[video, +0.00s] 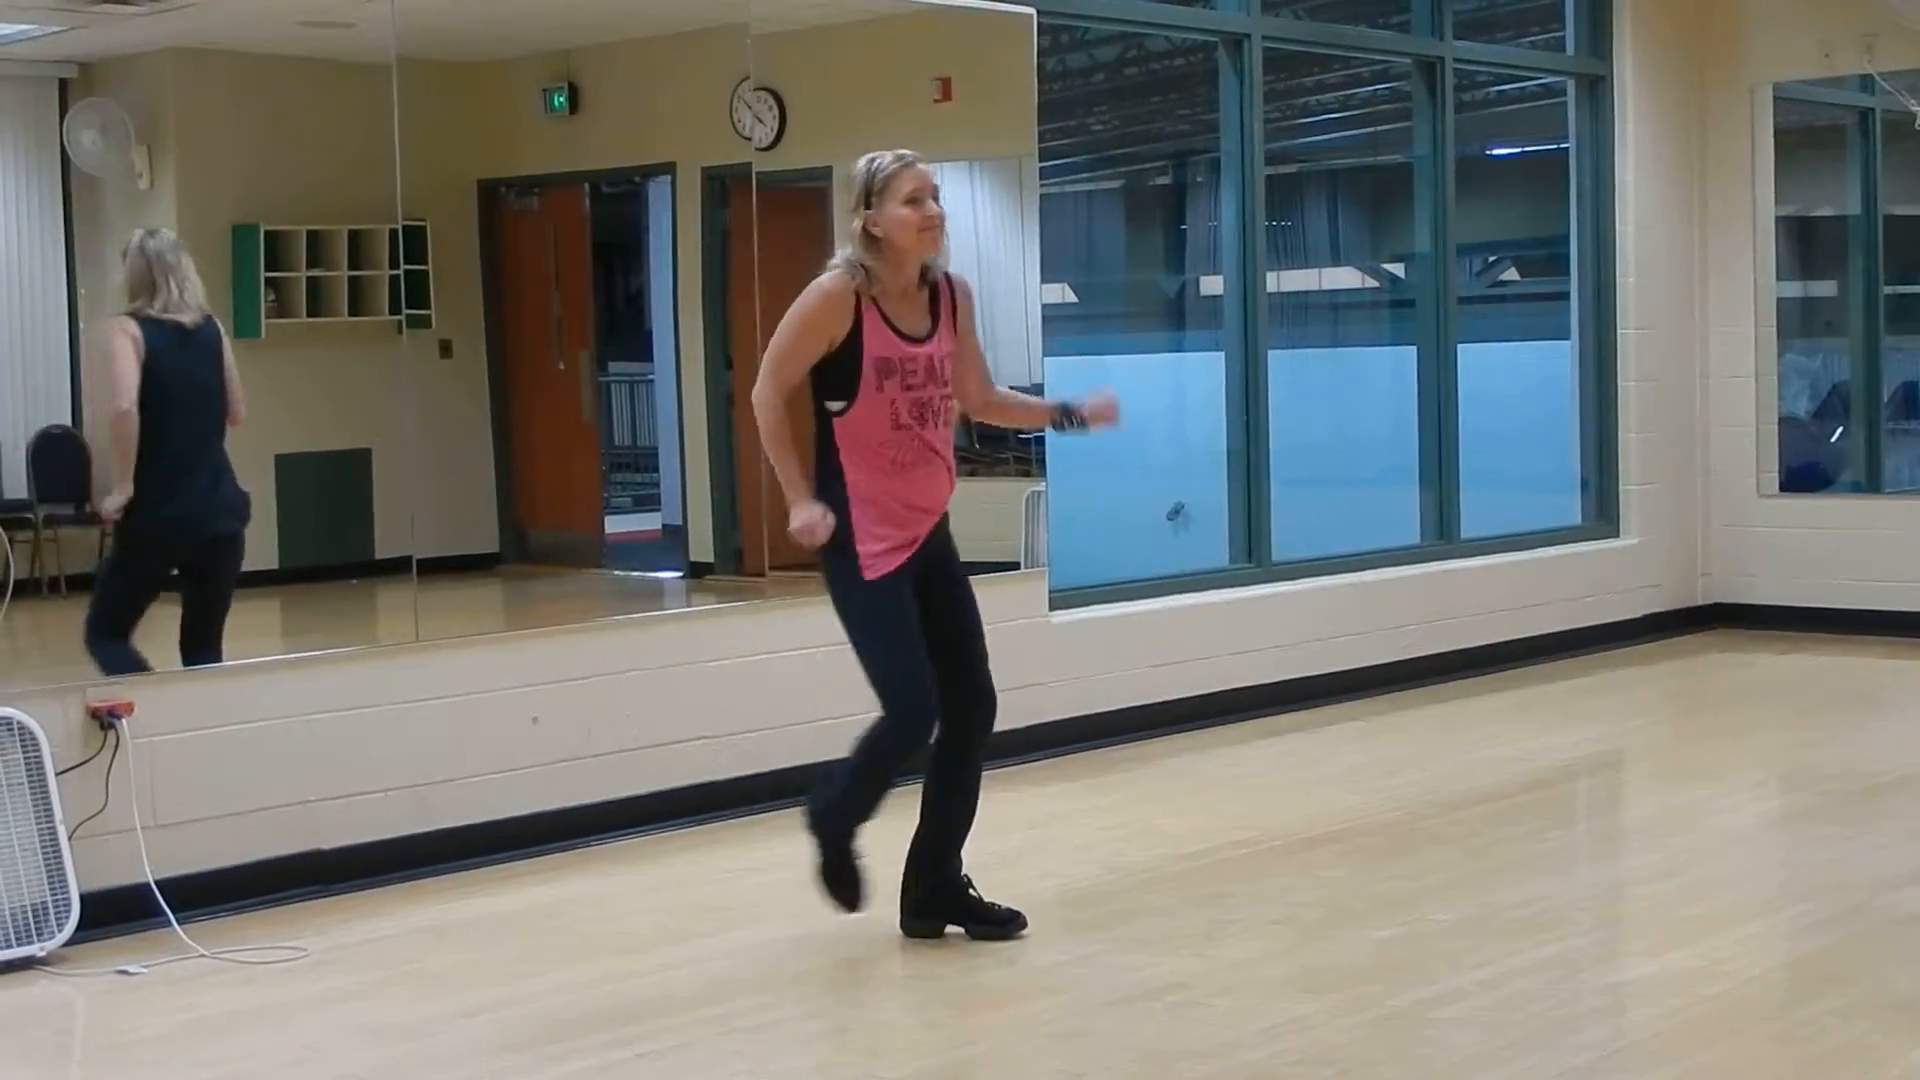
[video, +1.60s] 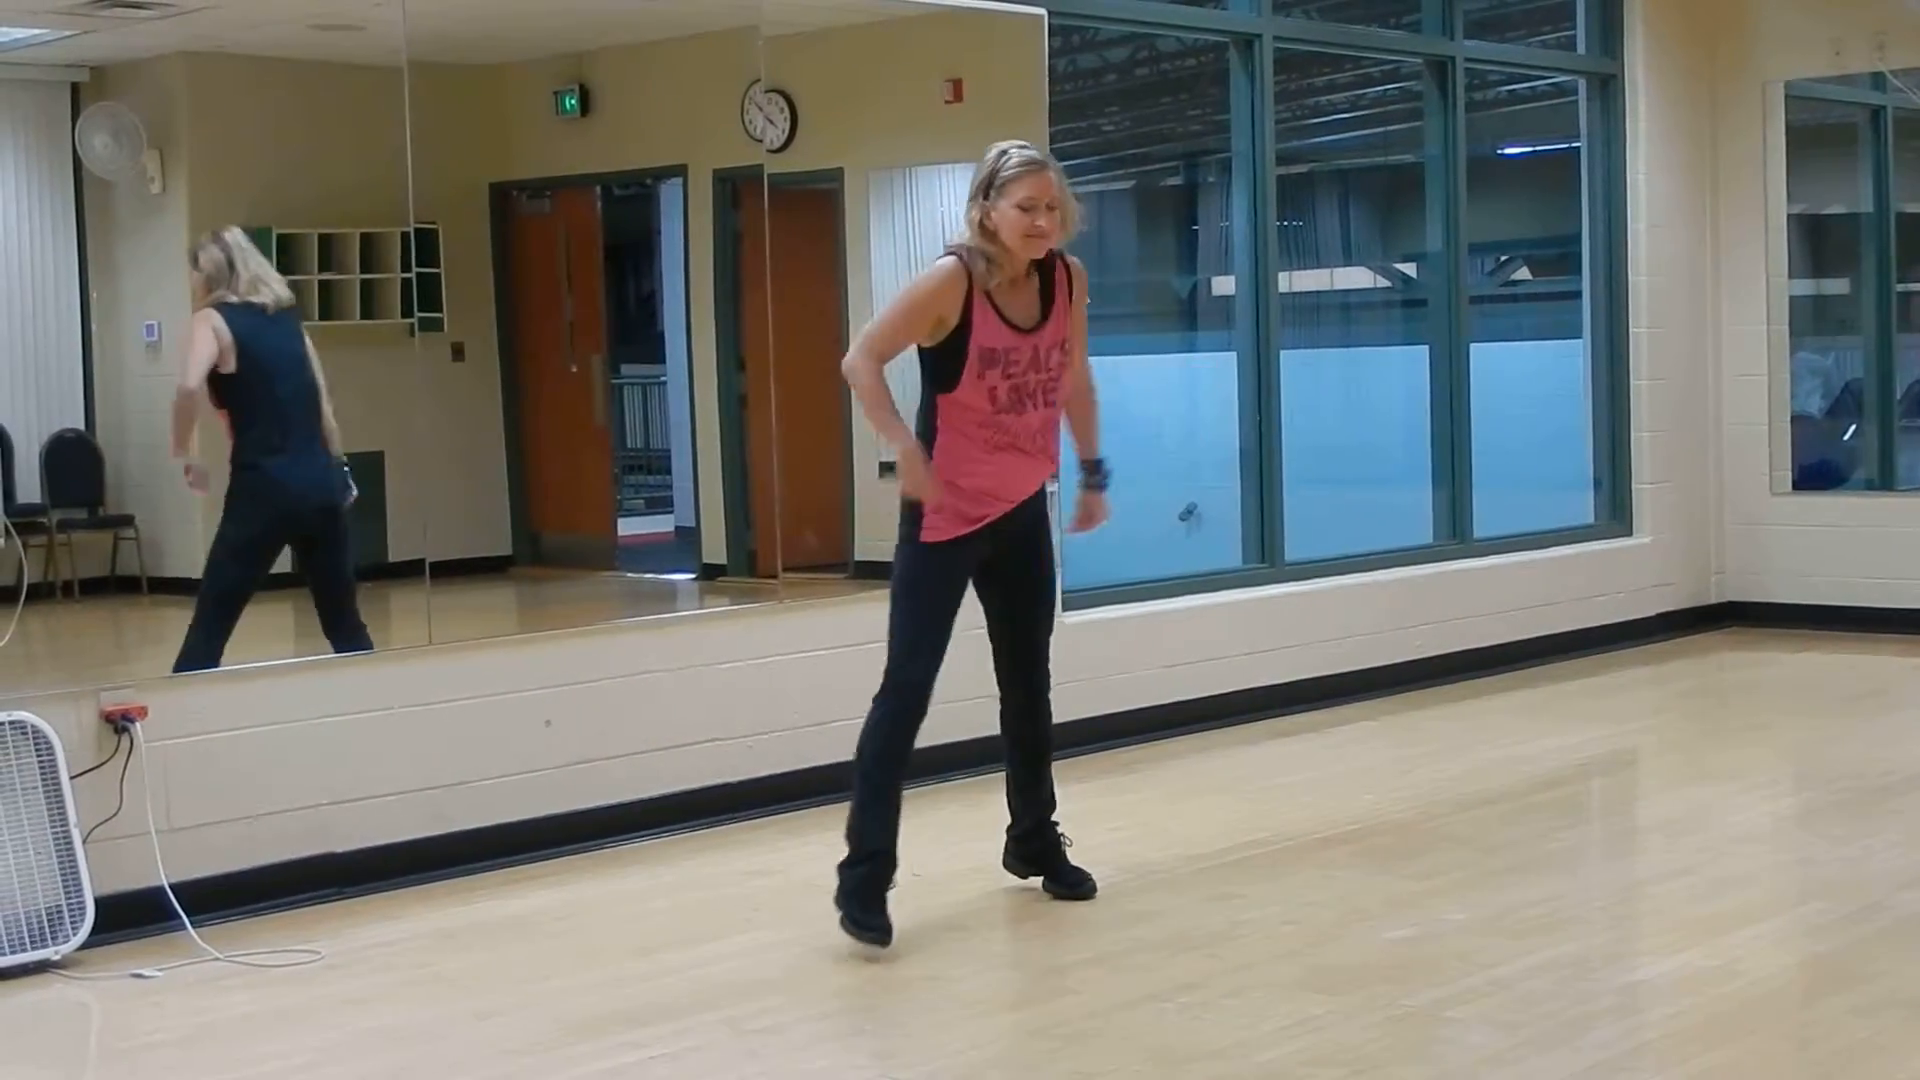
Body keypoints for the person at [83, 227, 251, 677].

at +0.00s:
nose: (123, 275)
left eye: (126, 267)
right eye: (125, 267)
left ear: (135, 274)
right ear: (185, 272)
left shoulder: (124, 330)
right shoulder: (212, 328)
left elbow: (124, 407)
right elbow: (235, 412)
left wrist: (122, 488)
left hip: (159, 513)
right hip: (221, 510)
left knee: (105, 635)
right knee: (203, 648)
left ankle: (163, 715)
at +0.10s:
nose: (138, 277)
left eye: (141, 269)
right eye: (139, 268)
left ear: (152, 275)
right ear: (200, 273)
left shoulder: (146, 326)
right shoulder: (225, 333)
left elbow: (144, 403)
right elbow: (246, 417)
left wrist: (127, 463)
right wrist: (235, 465)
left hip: (168, 506)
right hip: (230, 506)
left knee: (143, 644)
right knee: (209, 647)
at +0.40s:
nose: (176, 262)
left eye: (180, 253)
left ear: (187, 257)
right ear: (240, 255)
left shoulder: (180, 311)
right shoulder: (272, 314)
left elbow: (134, 391)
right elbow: (312, 378)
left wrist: (89, 422)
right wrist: (309, 452)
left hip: (208, 488)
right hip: (266, 484)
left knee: (224, 633)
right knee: (270, 623)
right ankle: (294, 728)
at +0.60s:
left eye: (212, 259)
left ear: (216, 264)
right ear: (270, 263)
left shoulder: (205, 321)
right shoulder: (299, 319)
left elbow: (164, 404)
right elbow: (367, 362)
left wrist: (133, 464)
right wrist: (331, 416)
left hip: (233, 490)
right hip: (295, 485)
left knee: (247, 637)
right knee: (313, 620)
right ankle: (365, 716)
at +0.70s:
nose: (225, 269)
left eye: (229, 260)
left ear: (234, 267)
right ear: (290, 265)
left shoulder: (226, 326)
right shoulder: (315, 325)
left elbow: (201, 407)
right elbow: (374, 375)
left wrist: (178, 480)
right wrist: (327, 395)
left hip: (252, 494)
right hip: (311, 490)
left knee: (248, 635)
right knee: (329, 623)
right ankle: (362, 727)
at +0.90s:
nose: (257, 272)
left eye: (262, 264)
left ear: (271, 270)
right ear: (322, 274)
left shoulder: (264, 321)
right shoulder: (336, 334)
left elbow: (263, 392)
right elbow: (338, 417)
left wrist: (257, 469)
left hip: (300, 494)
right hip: (354, 493)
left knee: (211, 599)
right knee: (343, 628)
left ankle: (255, 708)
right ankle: (365, 725)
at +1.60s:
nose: (192, 282)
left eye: (195, 272)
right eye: (193, 272)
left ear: (211, 274)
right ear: (252, 270)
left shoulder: (212, 319)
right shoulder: (289, 323)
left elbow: (190, 388)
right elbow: (321, 404)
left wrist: (183, 454)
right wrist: (337, 467)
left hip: (262, 492)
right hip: (321, 486)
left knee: (211, 625)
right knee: (344, 622)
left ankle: (175, 727)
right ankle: (383, 725)